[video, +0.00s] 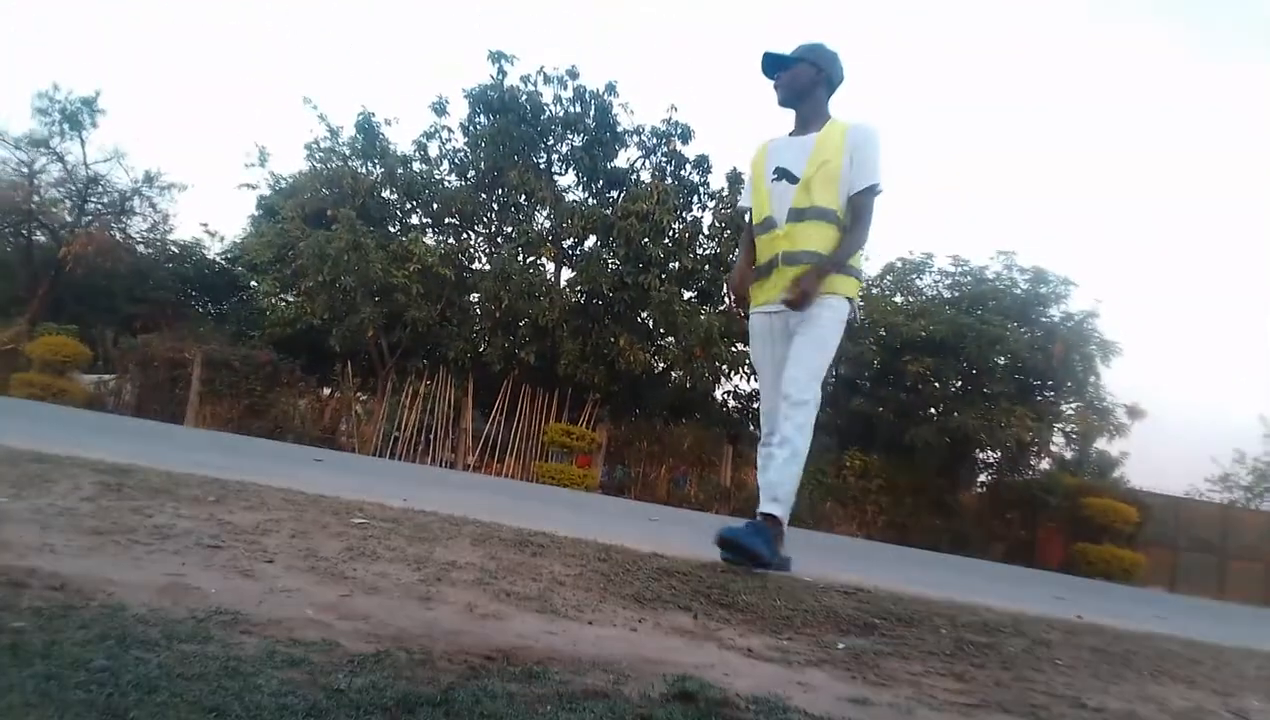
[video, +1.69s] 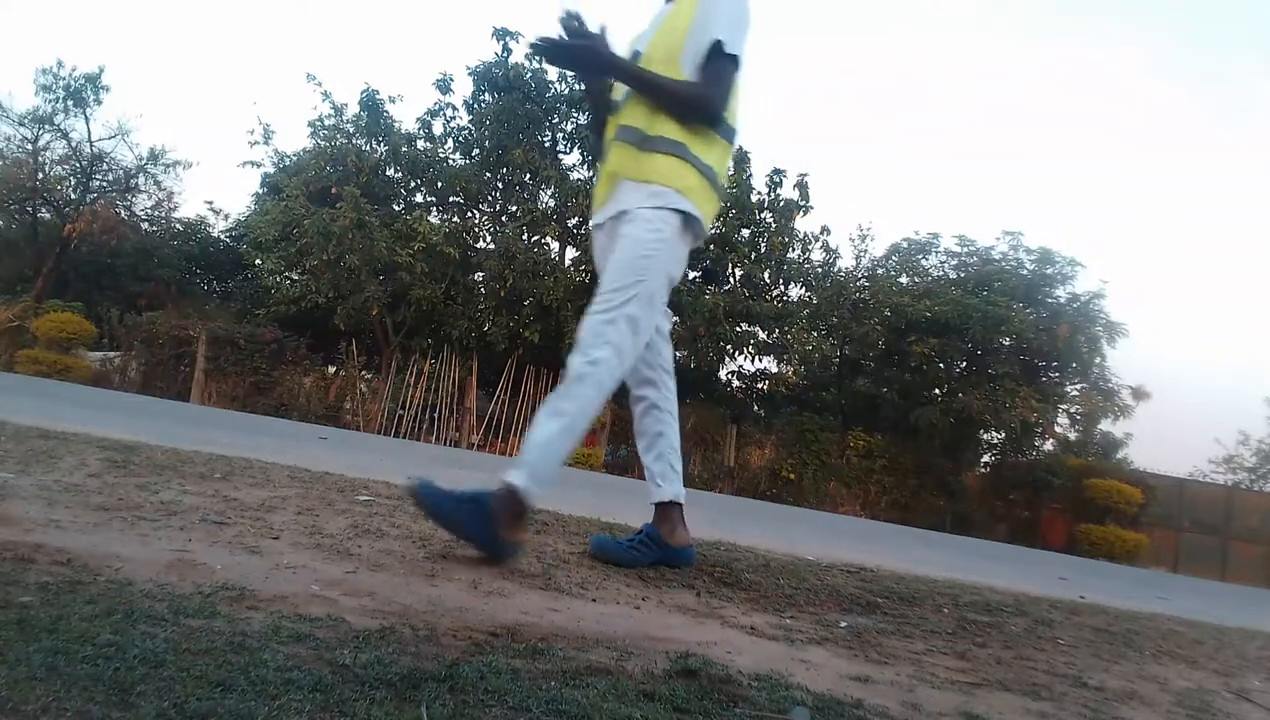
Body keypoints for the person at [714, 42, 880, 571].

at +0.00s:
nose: (778, 75)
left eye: (790, 67)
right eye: (779, 68)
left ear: (820, 77)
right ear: (792, 80)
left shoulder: (855, 138)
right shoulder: (765, 152)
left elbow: (860, 223)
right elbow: (753, 223)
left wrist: (820, 273)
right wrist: (742, 262)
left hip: (823, 292)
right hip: (766, 295)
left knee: (797, 396)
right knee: (772, 405)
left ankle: (770, 523)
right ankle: (770, 531)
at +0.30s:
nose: (789, 34)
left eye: (801, 25)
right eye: (790, 27)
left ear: (833, 35)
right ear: (809, 40)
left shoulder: (862, 100)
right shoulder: (777, 115)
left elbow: (853, 196)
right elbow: (760, 189)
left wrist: (775, 209)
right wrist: (746, 205)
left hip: (815, 265)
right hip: (759, 263)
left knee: (790, 387)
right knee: (746, 383)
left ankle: (760, 519)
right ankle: (771, 506)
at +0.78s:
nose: (785, 4)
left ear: (834, 7)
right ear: (799, 12)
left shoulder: (856, 70)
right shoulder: (771, 84)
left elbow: (839, 170)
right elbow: (743, 184)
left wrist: (749, 150)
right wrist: (729, 151)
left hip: (801, 249)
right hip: (741, 246)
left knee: (785, 383)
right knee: (712, 365)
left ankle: (758, 522)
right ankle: (681, 503)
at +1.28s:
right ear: (730, 5)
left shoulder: (795, 43)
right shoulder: (709, 65)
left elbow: (785, 140)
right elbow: (673, 169)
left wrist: (686, 107)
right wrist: (680, 105)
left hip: (736, 222)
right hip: (674, 224)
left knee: (703, 355)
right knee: (674, 377)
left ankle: (754, 485)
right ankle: (669, 528)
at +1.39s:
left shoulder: (780, 32)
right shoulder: (692, 59)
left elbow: (774, 131)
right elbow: (665, 162)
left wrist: (675, 90)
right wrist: (655, 98)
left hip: (721, 205)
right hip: (663, 211)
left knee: (662, 328)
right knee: (667, 360)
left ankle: (732, 471)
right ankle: (669, 525)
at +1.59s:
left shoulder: (743, 10)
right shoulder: (664, 48)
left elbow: (737, 112)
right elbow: (631, 148)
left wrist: (640, 69)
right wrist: (610, 85)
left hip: (684, 194)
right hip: (636, 202)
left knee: (616, 323)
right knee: (658, 353)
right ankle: (671, 527)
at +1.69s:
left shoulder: (719, 6)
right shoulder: (645, 42)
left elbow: (705, 103)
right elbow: (613, 147)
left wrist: (607, 64)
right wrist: (598, 84)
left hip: (664, 201)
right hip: (617, 205)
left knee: (602, 344)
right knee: (650, 367)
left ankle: (510, 505)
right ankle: (671, 524)